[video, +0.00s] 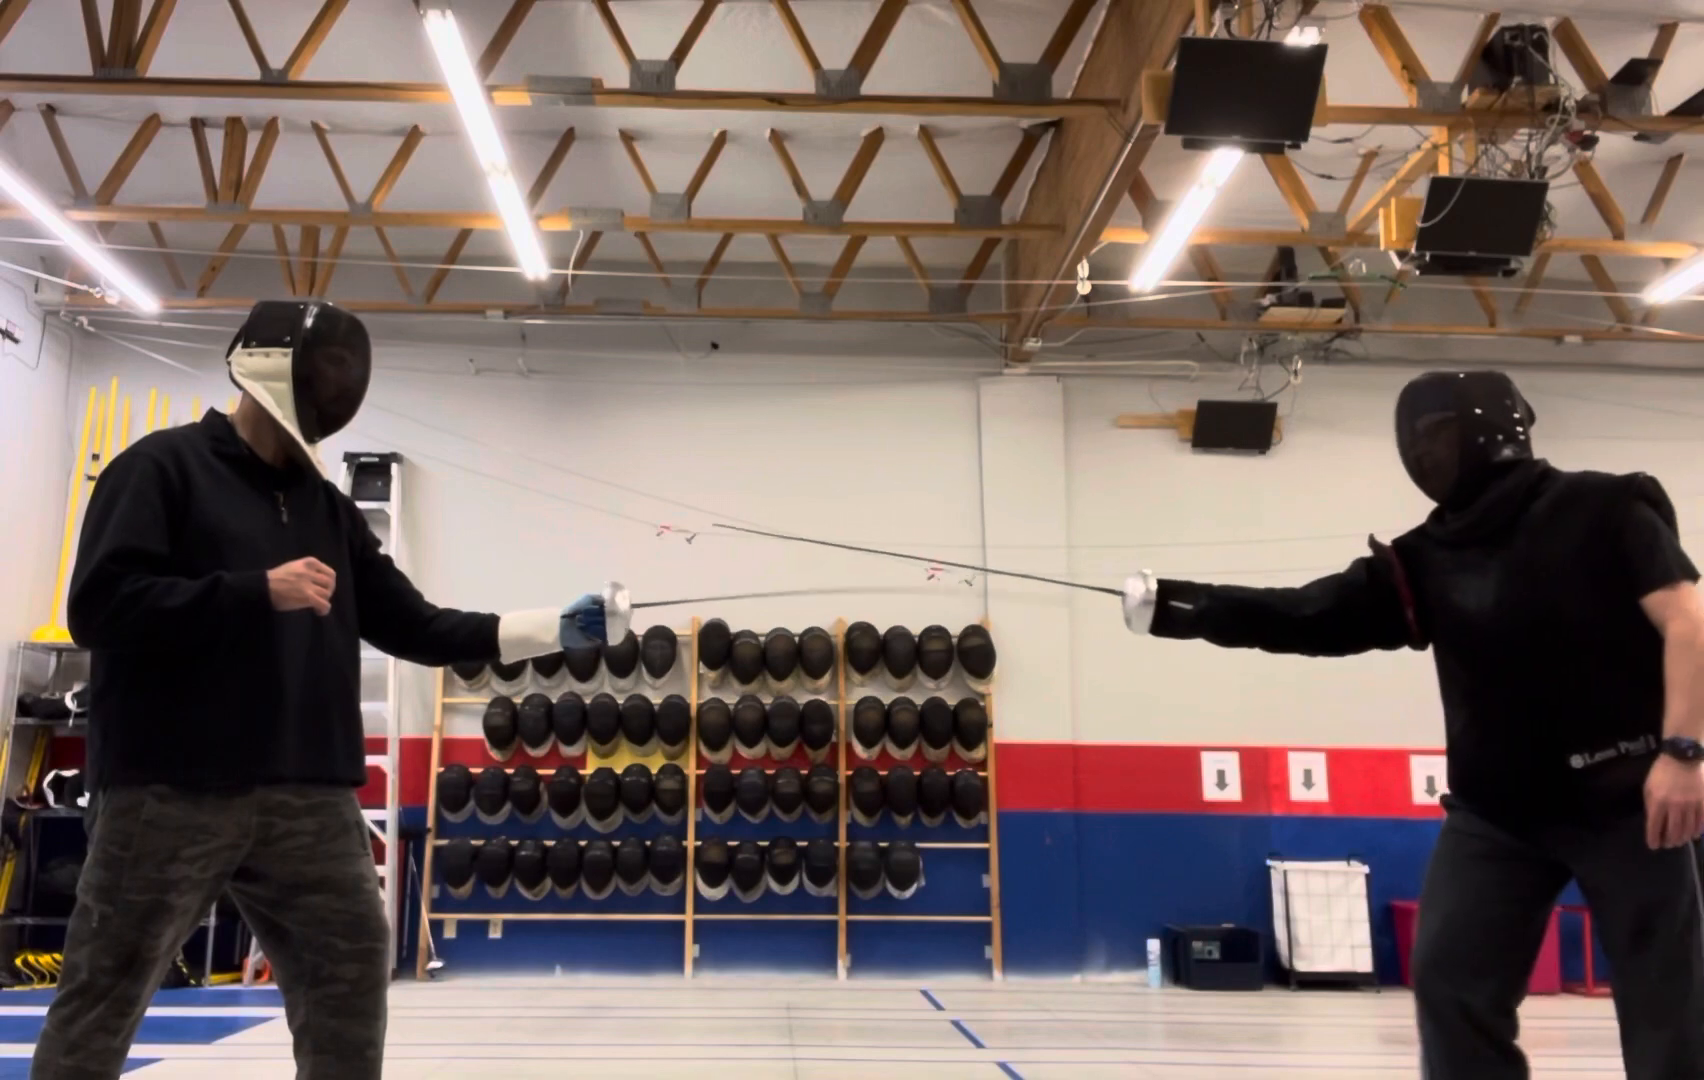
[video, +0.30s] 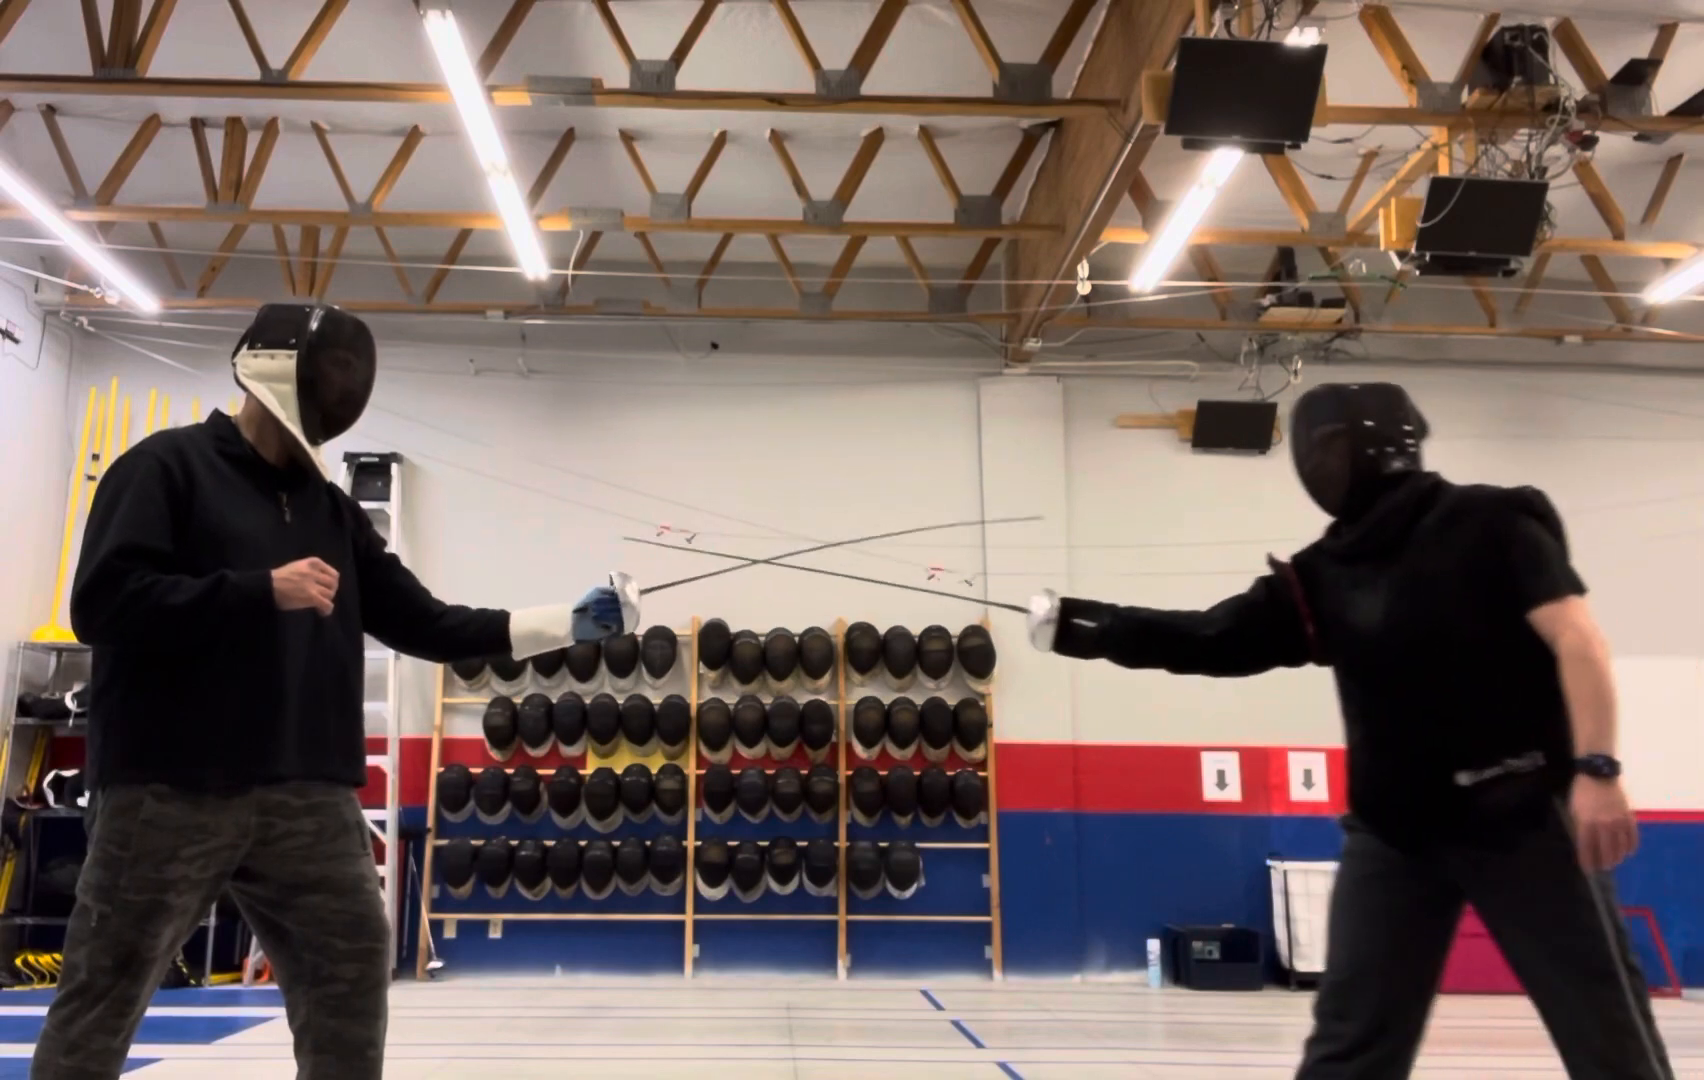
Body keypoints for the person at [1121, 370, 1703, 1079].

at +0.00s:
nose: (1417, 457)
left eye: (1428, 437)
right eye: (1411, 442)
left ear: (1477, 431)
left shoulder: (1607, 510)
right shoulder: (1426, 561)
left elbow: (1686, 619)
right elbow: (1310, 614)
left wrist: (1683, 750)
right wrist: (1178, 607)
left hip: (1627, 806)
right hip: (1495, 818)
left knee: (1668, 1021)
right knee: (1453, 994)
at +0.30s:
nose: (1308, 469)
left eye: (1319, 448)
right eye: (1305, 454)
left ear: (1367, 442)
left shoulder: (1494, 521)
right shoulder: (1323, 577)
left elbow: (1576, 638)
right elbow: (1211, 635)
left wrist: (1598, 768)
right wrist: (1080, 626)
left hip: (1525, 823)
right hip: (1396, 838)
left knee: (1611, 1043)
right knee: (1350, 1050)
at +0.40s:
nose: (1253, 463)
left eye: (1263, 440)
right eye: (1248, 446)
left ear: (1312, 431)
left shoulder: (1436, 511)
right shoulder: (1273, 570)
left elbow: (1516, 629)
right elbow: (1170, 642)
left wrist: (1535, 758)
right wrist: (1035, 630)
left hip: (1467, 810)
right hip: (1342, 828)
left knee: (1574, 1033)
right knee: (1304, 1051)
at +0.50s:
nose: (1204, 452)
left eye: (1213, 430)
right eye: (1200, 436)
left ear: (1263, 423)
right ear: (1264, 431)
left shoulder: (1382, 498)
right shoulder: (1222, 562)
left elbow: (1462, 614)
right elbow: (1126, 634)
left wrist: (1458, 742)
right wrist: (996, 627)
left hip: (1424, 793)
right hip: (1302, 820)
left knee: (1537, 1020)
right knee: (1285, 1048)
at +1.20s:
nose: (1192, 445)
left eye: (1203, 424)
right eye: (1190, 429)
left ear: (1246, 420)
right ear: (1267, 421)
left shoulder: (1369, 501)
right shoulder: (1219, 561)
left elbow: (1453, 620)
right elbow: (1155, 671)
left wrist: (1416, 734)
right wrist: (1022, 685)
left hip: (1419, 795)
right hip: (1298, 819)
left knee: (1533, 1002)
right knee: (1276, 1041)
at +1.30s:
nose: (1241, 454)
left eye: (1253, 434)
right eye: (1240, 438)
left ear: (1304, 430)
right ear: (1303, 435)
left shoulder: (1418, 516)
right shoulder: (1265, 560)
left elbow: (1503, 637)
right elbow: (1235, 689)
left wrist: (1455, 750)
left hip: (1453, 804)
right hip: (1328, 820)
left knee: (1566, 1007)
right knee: (1285, 1043)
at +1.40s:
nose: (1305, 466)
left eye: (1313, 446)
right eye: (1303, 449)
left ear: (1350, 445)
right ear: (1391, 444)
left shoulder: (1486, 529)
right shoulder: (1321, 575)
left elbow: (1561, 651)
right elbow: (1300, 704)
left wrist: (1509, 769)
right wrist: (1207, 773)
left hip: (1506, 821)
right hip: (1375, 832)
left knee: (1604, 1036)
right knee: (1310, 1050)